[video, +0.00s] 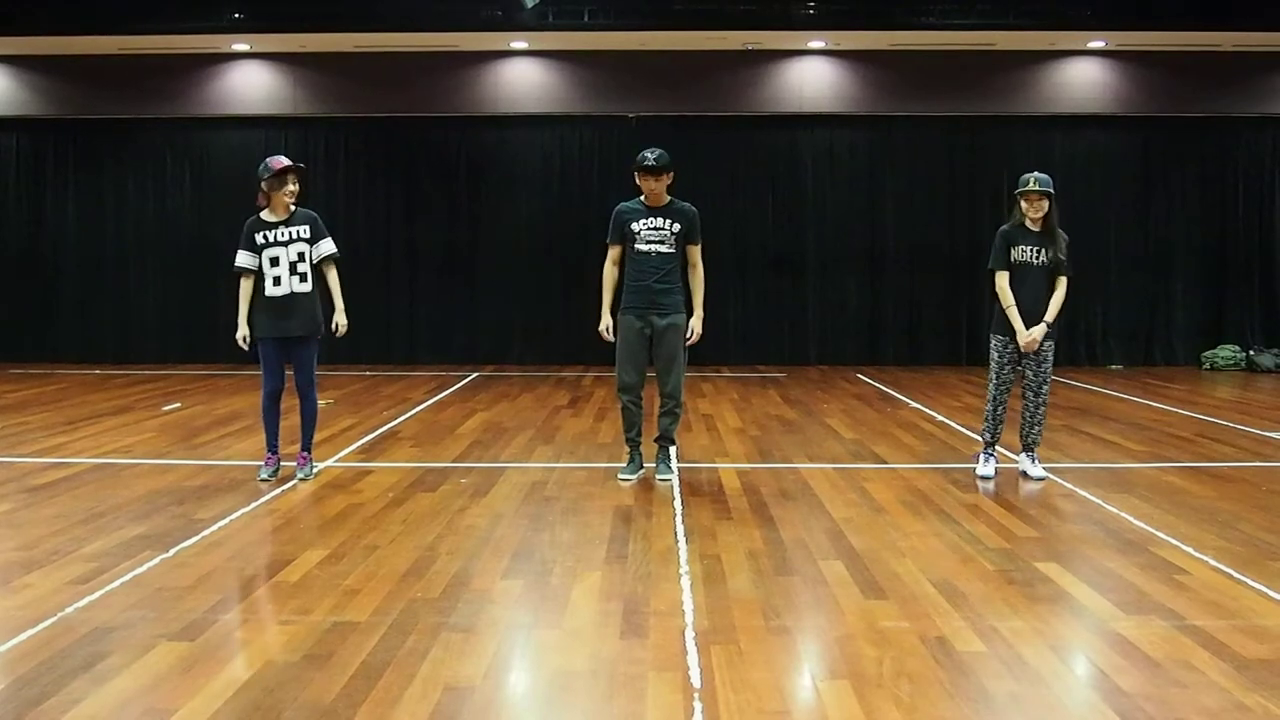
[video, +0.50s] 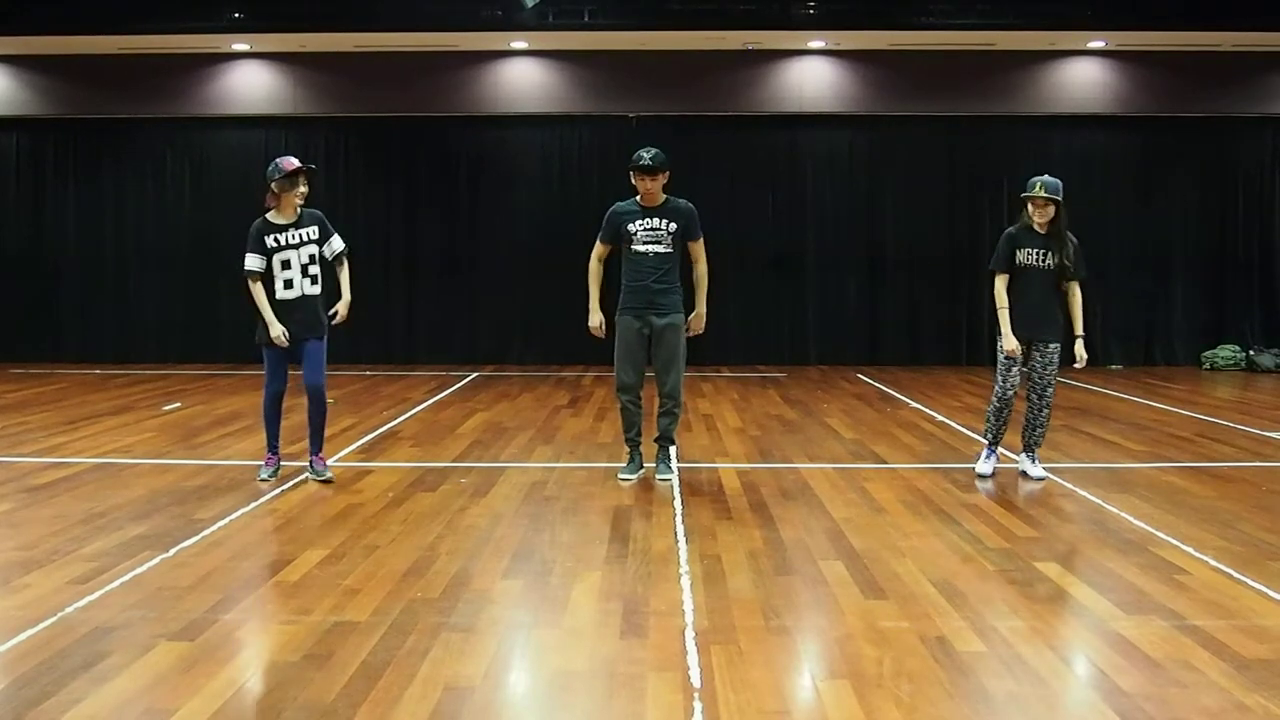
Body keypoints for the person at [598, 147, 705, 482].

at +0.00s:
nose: (650, 181)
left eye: (656, 175)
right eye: (644, 175)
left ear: (669, 177)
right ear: (637, 177)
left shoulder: (686, 214)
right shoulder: (624, 213)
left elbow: (695, 265)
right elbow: (612, 263)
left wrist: (698, 314)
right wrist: (606, 311)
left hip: (672, 315)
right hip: (631, 314)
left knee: (671, 389)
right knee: (628, 387)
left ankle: (667, 451)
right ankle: (633, 454)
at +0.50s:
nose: (646, 181)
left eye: (652, 174)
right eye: (640, 175)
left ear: (664, 176)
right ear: (633, 176)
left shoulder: (684, 212)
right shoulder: (619, 213)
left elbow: (698, 261)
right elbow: (597, 258)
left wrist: (700, 309)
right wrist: (594, 308)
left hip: (670, 314)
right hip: (629, 314)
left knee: (670, 388)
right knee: (627, 387)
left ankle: (665, 451)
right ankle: (633, 453)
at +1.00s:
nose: (653, 190)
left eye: (659, 184)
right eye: (647, 184)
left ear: (669, 186)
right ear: (637, 186)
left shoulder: (685, 220)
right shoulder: (621, 220)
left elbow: (687, 271)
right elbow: (621, 268)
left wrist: (668, 254)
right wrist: (646, 233)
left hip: (674, 307)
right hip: (635, 312)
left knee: (697, 355)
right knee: (627, 386)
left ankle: (678, 416)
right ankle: (634, 454)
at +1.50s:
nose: (669, 172)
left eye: (677, 166)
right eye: (664, 166)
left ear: (690, 173)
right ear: (658, 173)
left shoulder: (708, 211)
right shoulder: (645, 210)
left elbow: (697, 249)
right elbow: (636, 246)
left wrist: (671, 211)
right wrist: (657, 204)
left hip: (692, 315)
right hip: (652, 310)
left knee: (693, 390)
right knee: (639, 370)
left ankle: (690, 453)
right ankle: (651, 437)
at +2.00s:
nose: (686, 173)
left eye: (692, 169)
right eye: (680, 168)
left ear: (700, 179)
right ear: (667, 175)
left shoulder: (713, 214)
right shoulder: (651, 212)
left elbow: (724, 248)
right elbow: (651, 241)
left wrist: (701, 209)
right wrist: (676, 201)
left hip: (704, 315)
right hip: (661, 316)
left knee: (728, 375)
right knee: (655, 391)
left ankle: (714, 440)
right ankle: (659, 457)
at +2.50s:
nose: (687, 173)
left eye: (694, 168)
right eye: (682, 168)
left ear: (708, 175)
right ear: (675, 175)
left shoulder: (728, 212)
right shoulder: (664, 212)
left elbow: (731, 250)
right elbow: (652, 250)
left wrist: (698, 213)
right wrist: (674, 208)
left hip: (713, 317)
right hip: (673, 315)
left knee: (719, 397)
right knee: (664, 389)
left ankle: (717, 457)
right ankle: (674, 460)